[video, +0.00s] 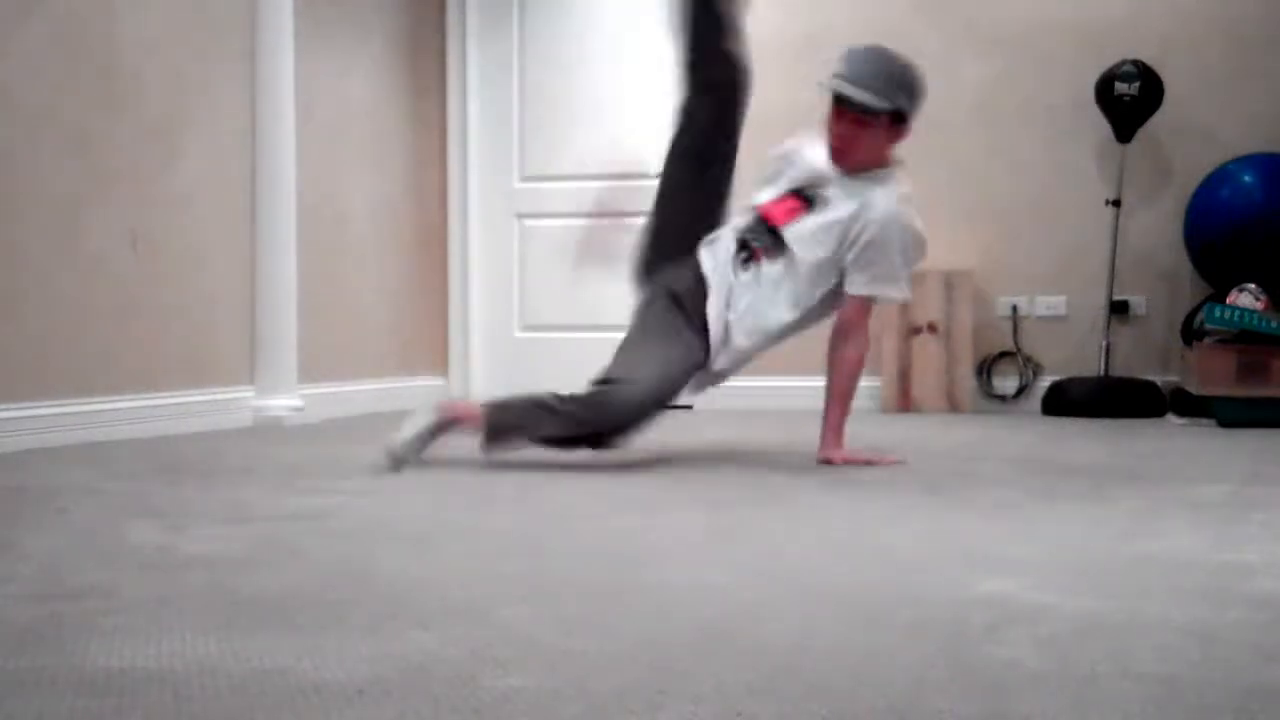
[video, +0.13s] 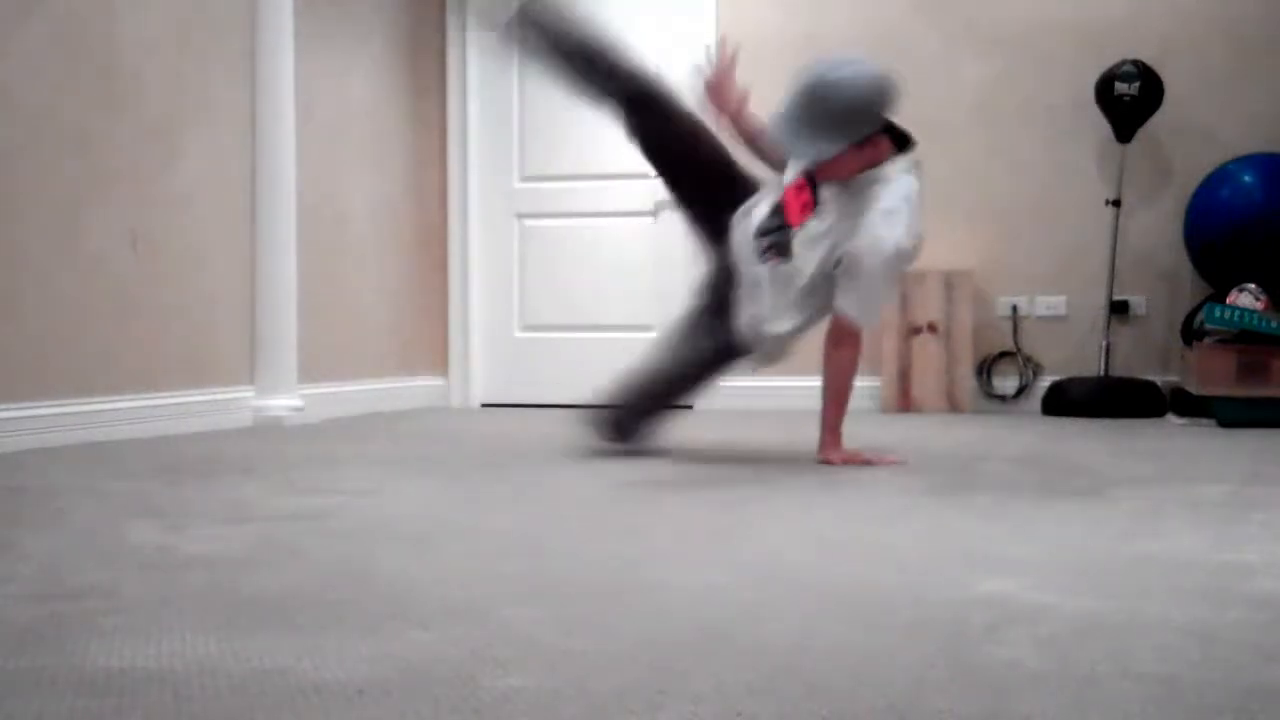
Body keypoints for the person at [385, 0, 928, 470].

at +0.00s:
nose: (841, 131)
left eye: (860, 122)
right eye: (839, 112)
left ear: (897, 136)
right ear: (829, 107)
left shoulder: (884, 220)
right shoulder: (805, 156)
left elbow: (851, 333)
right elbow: (754, 237)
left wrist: (832, 444)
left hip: (689, 335)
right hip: (682, 262)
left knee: (608, 416)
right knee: (717, 89)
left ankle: (455, 416)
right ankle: (711, 1)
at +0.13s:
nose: (811, 162)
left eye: (823, 153)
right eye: (811, 149)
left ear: (860, 148)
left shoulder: (881, 232)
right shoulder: (851, 148)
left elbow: (844, 337)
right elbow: (790, 164)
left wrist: (831, 443)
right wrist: (737, 114)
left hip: (742, 312)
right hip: (743, 219)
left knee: (634, 408)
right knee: (644, 103)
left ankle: (622, 425)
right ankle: (533, 24)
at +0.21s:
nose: (766, 185)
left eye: (780, 178)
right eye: (760, 172)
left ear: (823, 165)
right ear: (758, 131)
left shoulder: (865, 215)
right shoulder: (788, 117)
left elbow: (845, 333)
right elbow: (745, 177)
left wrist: (834, 443)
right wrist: (703, 242)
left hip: (814, 261)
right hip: (767, 191)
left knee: (787, 344)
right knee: (639, 139)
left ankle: (739, 423)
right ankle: (505, 113)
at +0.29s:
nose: (743, 238)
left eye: (756, 223)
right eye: (734, 222)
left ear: (794, 204)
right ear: (719, 198)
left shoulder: (848, 228)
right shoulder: (711, 197)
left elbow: (839, 334)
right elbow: (718, 293)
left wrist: (832, 446)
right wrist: (721, 396)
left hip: (910, 176)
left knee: (880, 295)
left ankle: (883, 393)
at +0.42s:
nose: (716, 306)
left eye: (718, 288)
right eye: (703, 297)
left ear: (748, 250)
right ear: (683, 268)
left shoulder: (809, 232)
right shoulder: (694, 238)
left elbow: (834, 336)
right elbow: (732, 338)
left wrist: (832, 444)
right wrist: (755, 443)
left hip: (847, 141)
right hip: (768, 146)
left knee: (994, 226)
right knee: (774, 324)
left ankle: (1113, 259)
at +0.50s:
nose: (690, 271)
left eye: (690, 249)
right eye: (670, 267)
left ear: (704, 216)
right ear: (651, 270)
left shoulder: (778, 219)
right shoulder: (667, 271)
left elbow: (825, 325)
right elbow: (731, 338)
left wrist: (835, 442)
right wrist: (756, 444)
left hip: (842, 156)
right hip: (823, 234)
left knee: (967, 121)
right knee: (873, 384)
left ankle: (1095, 109)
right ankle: (978, 384)